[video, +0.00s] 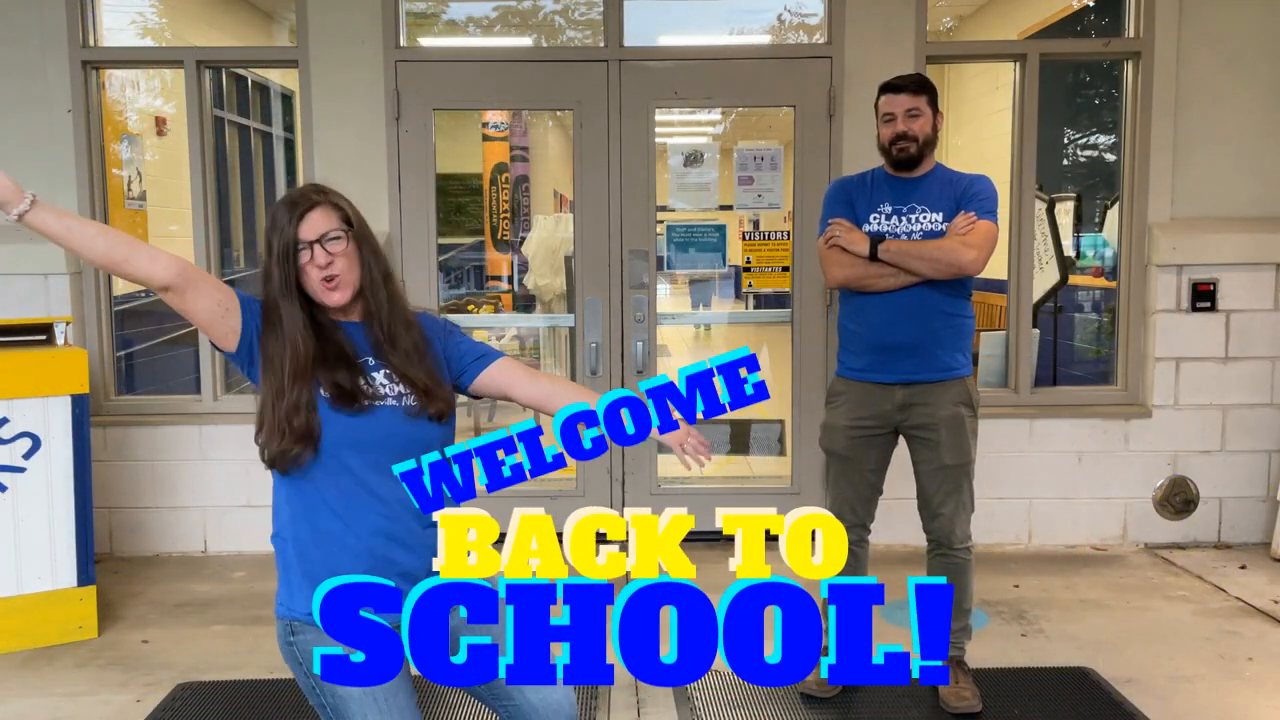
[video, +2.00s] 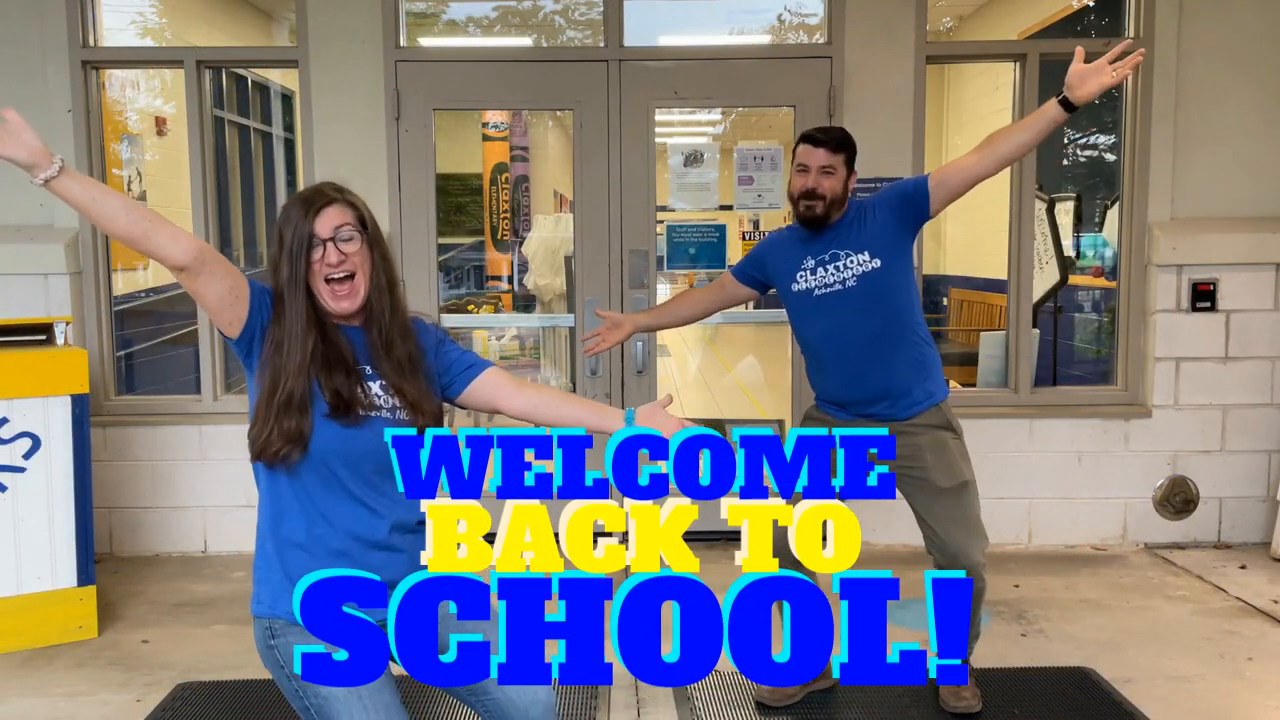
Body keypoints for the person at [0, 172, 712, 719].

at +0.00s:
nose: (321, 259)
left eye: (332, 241)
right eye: (304, 251)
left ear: (363, 247)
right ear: (288, 269)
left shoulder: (420, 338)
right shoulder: (276, 340)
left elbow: (539, 389)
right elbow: (165, 273)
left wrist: (652, 417)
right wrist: (37, 214)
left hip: (445, 599)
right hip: (337, 618)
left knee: (560, 689)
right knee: (384, 718)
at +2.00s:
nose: (336, 256)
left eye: (349, 239)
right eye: (318, 245)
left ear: (375, 252)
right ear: (295, 264)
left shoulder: (416, 344)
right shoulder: (273, 333)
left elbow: (530, 398)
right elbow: (179, 251)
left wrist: (640, 422)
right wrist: (50, 169)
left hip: (419, 596)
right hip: (312, 607)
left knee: (541, 698)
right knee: (374, 707)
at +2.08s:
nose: (333, 254)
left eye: (347, 237)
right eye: (315, 242)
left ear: (375, 251)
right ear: (293, 261)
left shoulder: (417, 342)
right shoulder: (272, 331)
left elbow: (533, 396)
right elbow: (180, 248)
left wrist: (643, 421)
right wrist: (52, 164)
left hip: (418, 594)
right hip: (310, 606)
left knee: (535, 694)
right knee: (370, 705)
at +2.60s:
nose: (328, 243)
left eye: (342, 225)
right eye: (310, 233)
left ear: (373, 236)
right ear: (290, 252)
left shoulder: (427, 321)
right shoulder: (273, 321)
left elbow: (535, 378)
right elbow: (167, 258)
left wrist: (657, 408)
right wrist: (43, 176)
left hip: (429, 574)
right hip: (315, 583)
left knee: (536, 675)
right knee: (356, 705)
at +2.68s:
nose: (331, 242)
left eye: (345, 224)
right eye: (313, 231)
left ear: (376, 235)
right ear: (293, 251)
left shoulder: (429, 319)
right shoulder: (275, 319)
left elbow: (541, 379)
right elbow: (169, 258)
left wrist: (663, 407)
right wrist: (42, 175)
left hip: (432, 571)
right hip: (318, 580)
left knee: (536, 680)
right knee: (359, 708)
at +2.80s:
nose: (332, 240)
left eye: (347, 223)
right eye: (314, 230)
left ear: (378, 233)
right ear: (296, 249)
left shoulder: (433, 319)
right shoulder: (278, 318)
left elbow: (544, 377)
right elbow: (167, 255)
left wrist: (659, 407)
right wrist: (39, 174)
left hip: (434, 575)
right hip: (322, 582)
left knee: (537, 670)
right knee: (361, 707)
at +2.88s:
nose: (338, 235)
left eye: (352, 218)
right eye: (321, 225)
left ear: (383, 229)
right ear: (301, 245)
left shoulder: (435, 315)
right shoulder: (283, 315)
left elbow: (549, 378)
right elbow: (168, 258)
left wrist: (674, 405)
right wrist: (39, 179)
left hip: (433, 575)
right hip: (321, 583)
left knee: (542, 685)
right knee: (359, 708)